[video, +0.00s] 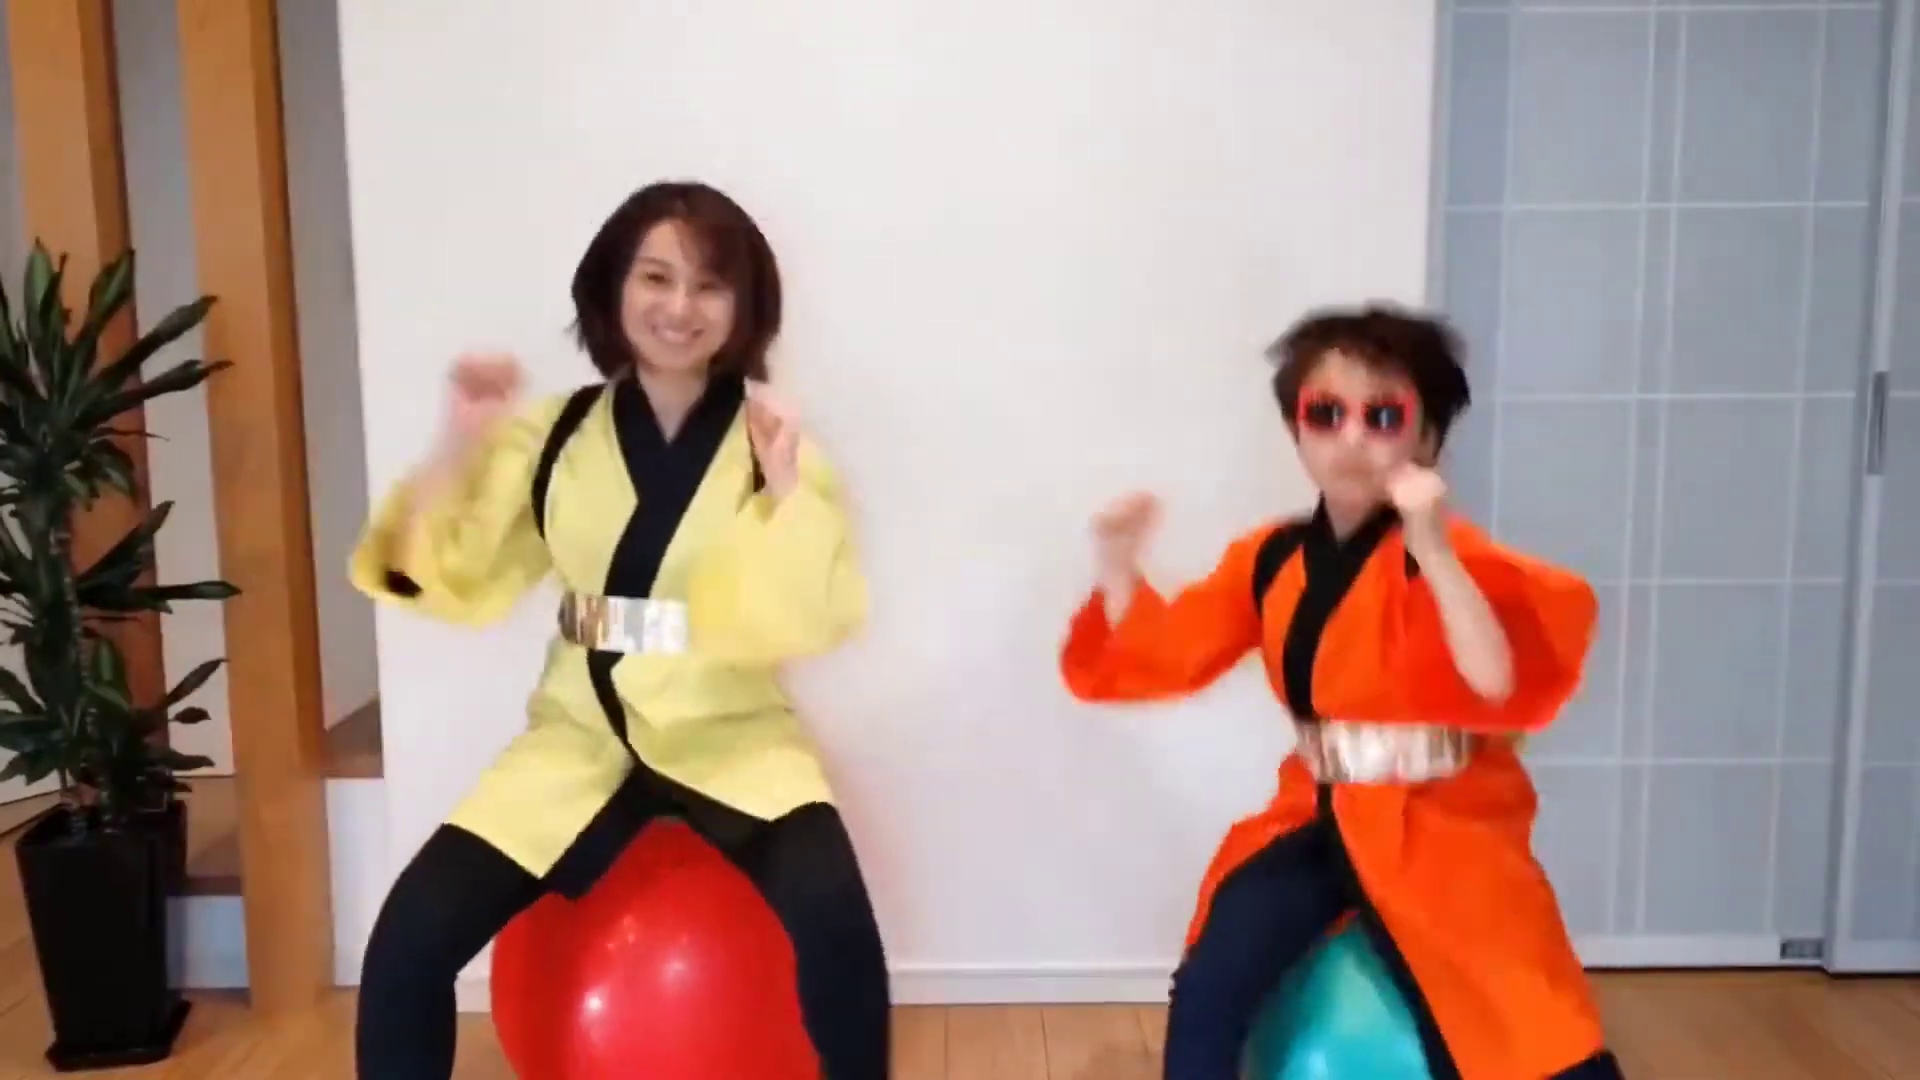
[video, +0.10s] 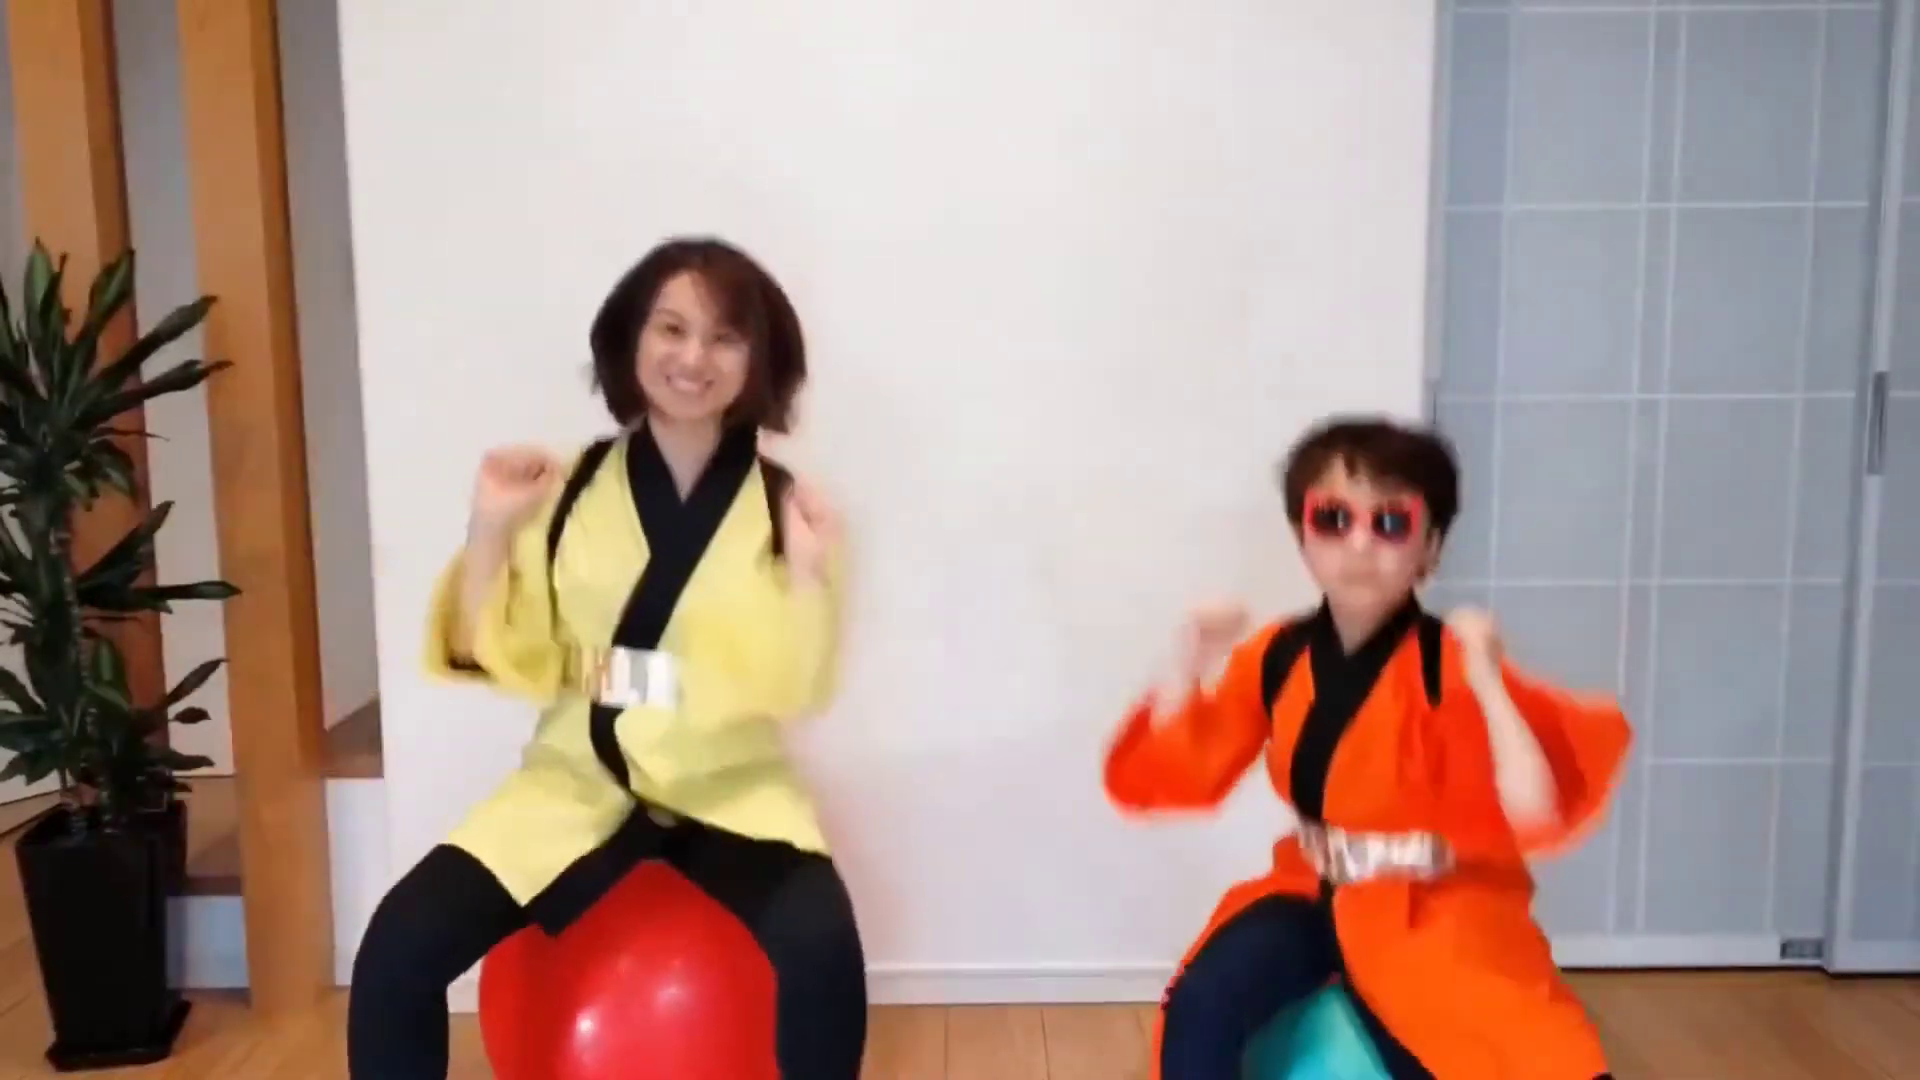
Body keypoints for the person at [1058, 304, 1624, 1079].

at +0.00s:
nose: (1353, 436)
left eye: (1382, 415)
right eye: (1325, 412)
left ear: (1425, 434)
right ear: (1294, 430)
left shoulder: (1450, 554)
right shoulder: (1273, 560)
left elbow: (1498, 681)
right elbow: (1162, 657)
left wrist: (1431, 548)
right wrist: (1118, 570)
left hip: (1445, 827)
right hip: (1321, 820)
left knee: (1543, 1036)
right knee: (1209, 984)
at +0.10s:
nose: (1360, 542)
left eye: (1392, 520)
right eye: (1332, 517)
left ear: (1432, 550)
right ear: (1302, 542)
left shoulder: (1456, 662)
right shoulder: (1276, 657)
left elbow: (1541, 821)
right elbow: (1162, 782)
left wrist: (1489, 682)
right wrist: (1182, 678)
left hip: (1438, 903)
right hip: (1316, 896)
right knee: (1202, 1005)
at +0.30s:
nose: (1407, 465)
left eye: (1440, 444)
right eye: (1381, 433)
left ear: (1465, 462)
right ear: (1334, 441)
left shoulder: (1495, 592)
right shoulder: (1285, 571)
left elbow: (1525, 778)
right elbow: (1230, 738)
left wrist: (1573, 737)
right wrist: (1175, 702)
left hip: (1456, 845)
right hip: (1318, 836)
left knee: (1585, 1040)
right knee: (1197, 1004)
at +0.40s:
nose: (1447, 423)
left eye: (1480, 404)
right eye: (1422, 391)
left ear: (1502, 417)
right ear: (1365, 394)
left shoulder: (1514, 529)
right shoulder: (1311, 509)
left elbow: (1553, 667)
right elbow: (1228, 611)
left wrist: (1622, 755)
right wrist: (1185, 679)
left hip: (1476, 792)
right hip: (1335, 787)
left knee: (1624, 988)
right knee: (1214, 979)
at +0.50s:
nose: (1483, 459)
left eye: (1515, 439)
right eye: (1459, 426)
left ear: (1537, 446)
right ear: (1397, 423)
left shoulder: (1536, 561)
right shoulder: (1336, 539)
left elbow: (1581, 714)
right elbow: (1223, 661)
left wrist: (1635, 842)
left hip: (1490, 805)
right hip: (1351, 800)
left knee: (1646, 983)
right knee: (1240, 954)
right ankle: (1207, 1067)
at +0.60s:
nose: (1519, 543)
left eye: (1545, 520)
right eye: (1489, 516)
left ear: (1565, 528)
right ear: (1421, 521)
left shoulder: (1554, 658)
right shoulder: (1353, 648)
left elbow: (1599, 795)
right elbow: (1310, 810)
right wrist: (1335, 973)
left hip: (1487, 887)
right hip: (1351, 885)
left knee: (1628, 1039)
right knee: (1237, 1017)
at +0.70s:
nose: (1536, 573)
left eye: (1560, 551)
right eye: (1505, 549)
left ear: (1578, 566)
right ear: (1439, 571)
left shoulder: (1562, 693)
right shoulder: (1391, 703)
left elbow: (1610, 828)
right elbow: (1417, 881)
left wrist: (1661, 938)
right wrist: (1479, 1048)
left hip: (1497, 935)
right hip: (1355, 939)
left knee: (1630, 1048)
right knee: (1253, 1050)